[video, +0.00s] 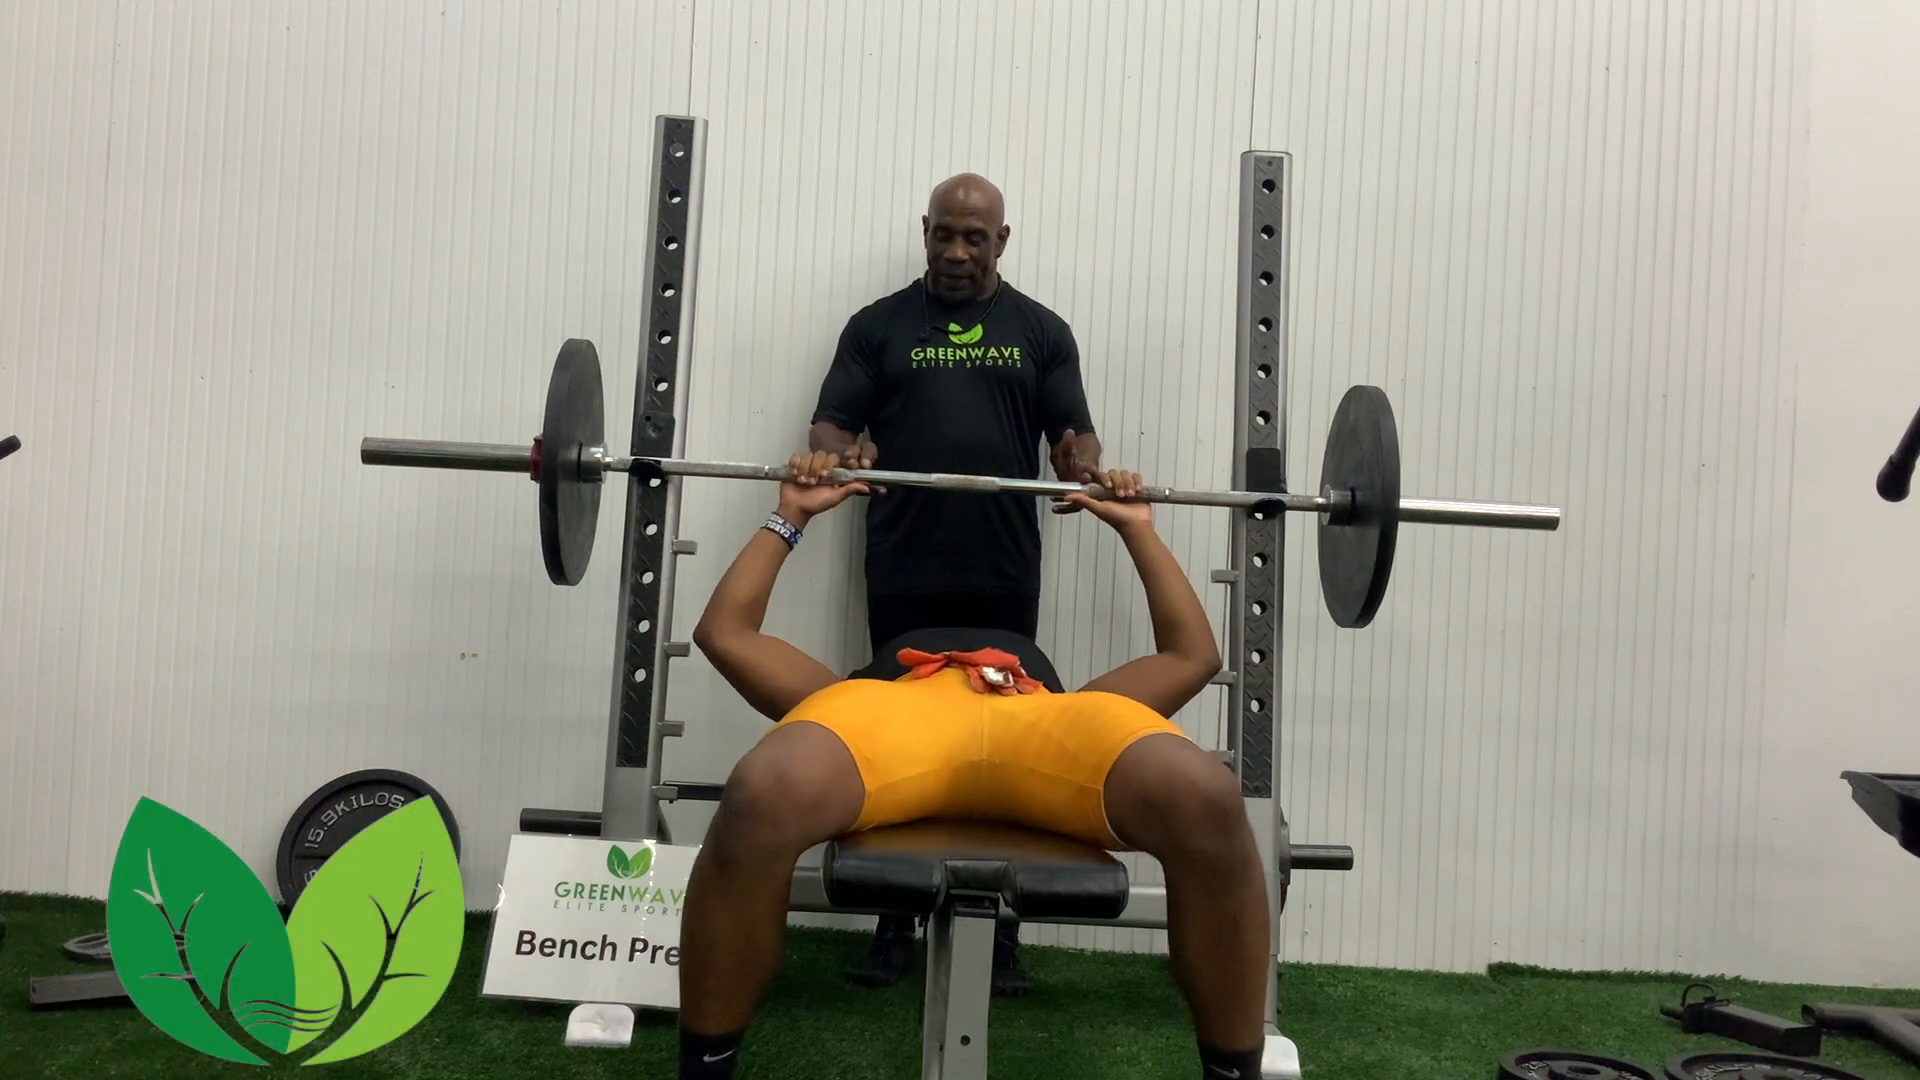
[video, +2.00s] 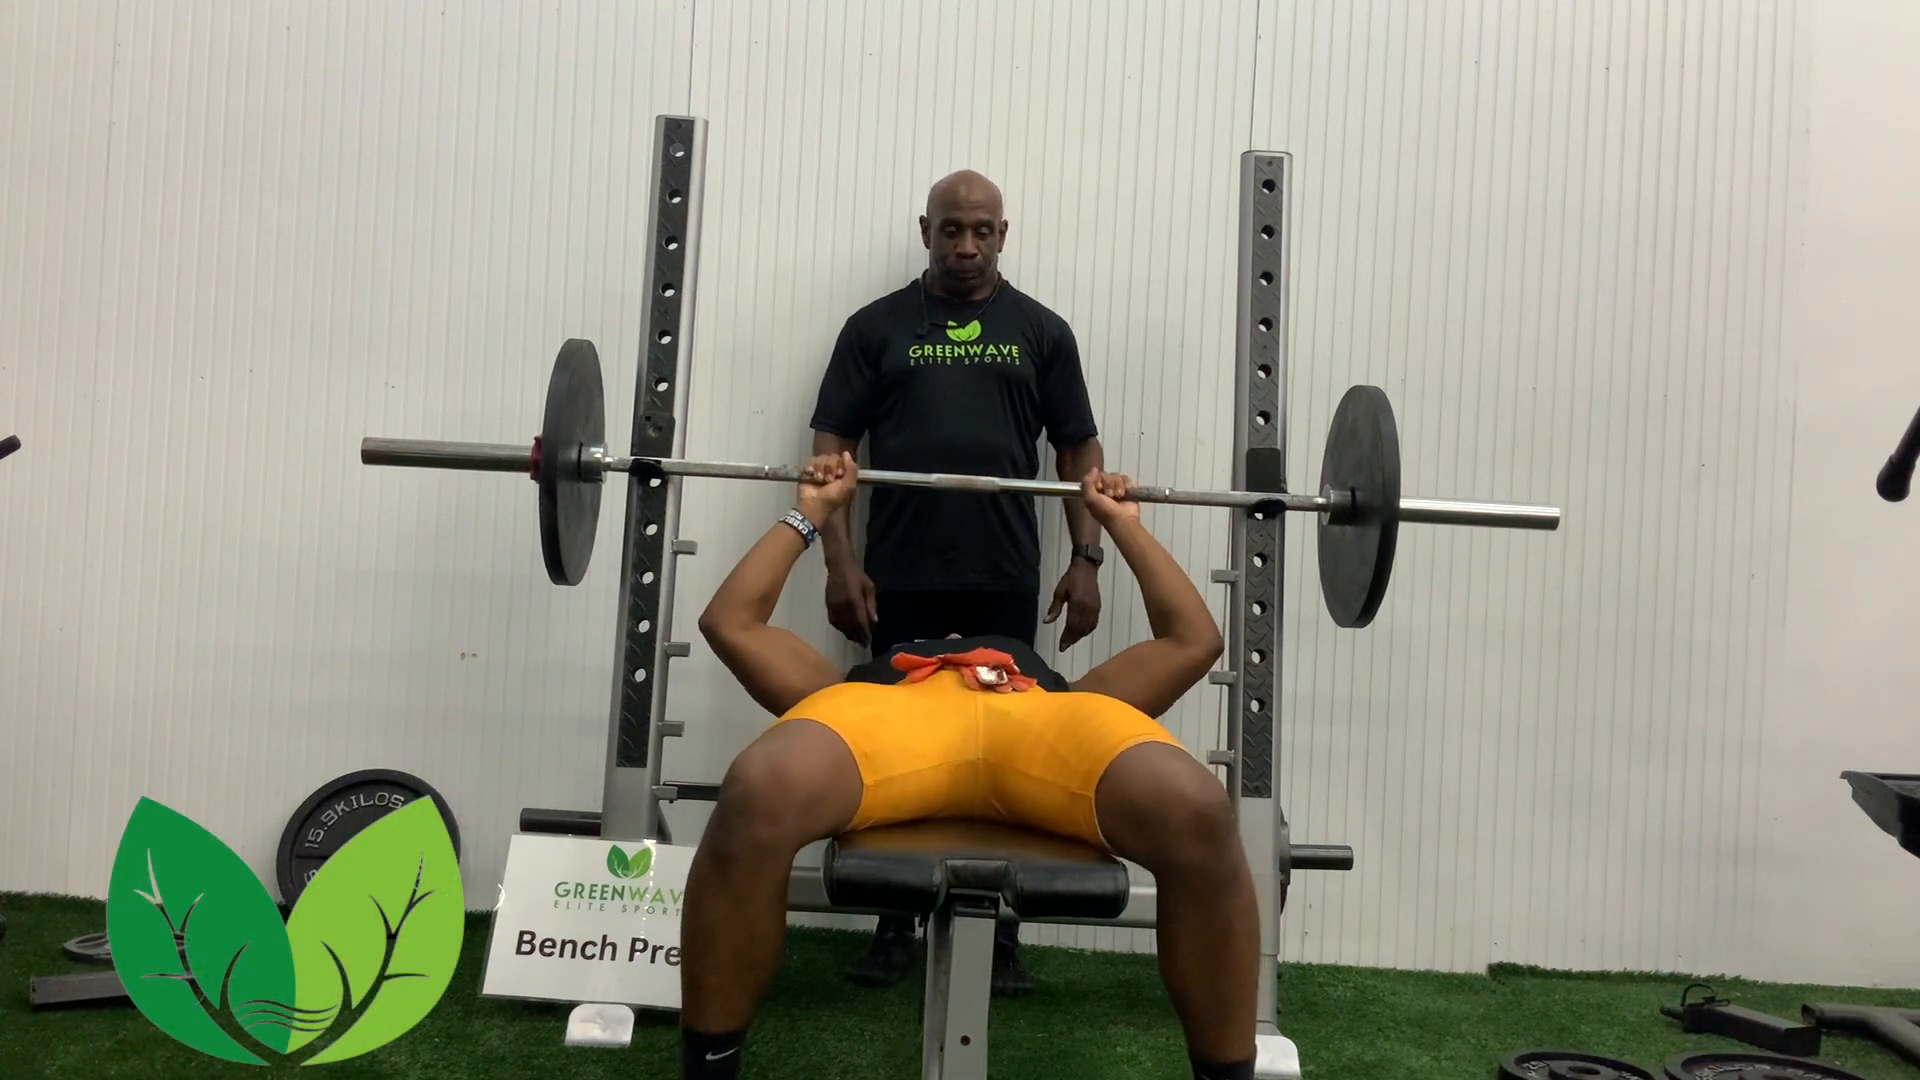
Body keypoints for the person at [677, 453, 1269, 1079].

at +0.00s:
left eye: (999, 656)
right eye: (941, 653)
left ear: (1031, 682)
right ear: (905, 664)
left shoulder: (1069, 704)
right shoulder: (857, 690)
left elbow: (1194, 653)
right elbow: (724, 630)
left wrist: (1136, 524)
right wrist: (793, 513)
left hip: (1053, 715)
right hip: (885, 704)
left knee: (1208, 800)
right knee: (755, 800)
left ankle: (1237, 1072)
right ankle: (704, 1069)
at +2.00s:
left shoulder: (1068, 695)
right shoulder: (858, 683)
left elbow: (1193, 636)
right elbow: (730, 622)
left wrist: (1120, 519)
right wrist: (807, 518)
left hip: (1052, 713)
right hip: (885, 705)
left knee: (1202, 816)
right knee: (754, 795)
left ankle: (1229, 1070)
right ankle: (709, 1066)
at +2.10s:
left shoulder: (1066, 700)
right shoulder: (855, 683)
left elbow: (1191, 642)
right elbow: (729, 620)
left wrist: (1120, 515)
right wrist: (809, 512)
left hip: (1051, 716)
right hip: (883, 705)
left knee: (1205, 815)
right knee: (748, 794)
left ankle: (1230, 1071)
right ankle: (707, 1067)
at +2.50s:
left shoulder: (1076, 698)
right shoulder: (865, 684)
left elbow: (1197, 635)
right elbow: (735, 626)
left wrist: (1118, 516)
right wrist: (809, 514)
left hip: (1056, 714)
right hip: (888, 707)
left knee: (1196, 809)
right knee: (748, 789)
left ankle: (1228, 1072)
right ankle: (707, 1066)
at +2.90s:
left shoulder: (1065, 700)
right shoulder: (856, 688)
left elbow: (1179, 645)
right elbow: (734, 624)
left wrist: (1112, 516)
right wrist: (808, 511)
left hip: (1046, 713)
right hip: (884, 705)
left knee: (1194, 810)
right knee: (755, 793)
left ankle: (1227, 1071)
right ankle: (709, 1066)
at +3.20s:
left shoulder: (1065, 689)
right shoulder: (855, 687)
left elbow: (1154, 609)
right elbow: (768, 587)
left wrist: (1124, 467)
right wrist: (810, 456)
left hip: (1040, 709)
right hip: (884, 706)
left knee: (1193, 811)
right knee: (740, 784)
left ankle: (1226, 1071)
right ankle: (708, 1061)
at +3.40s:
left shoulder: (1061, 675)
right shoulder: (854, 673)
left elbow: (1097, 549)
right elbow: (822, 541)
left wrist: (1122, 411)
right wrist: (821, 402)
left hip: (1042, 703)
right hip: (886, 693)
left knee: (1195, 806)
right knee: (737, 783)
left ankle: (1227, 1068)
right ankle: (708, 1060)